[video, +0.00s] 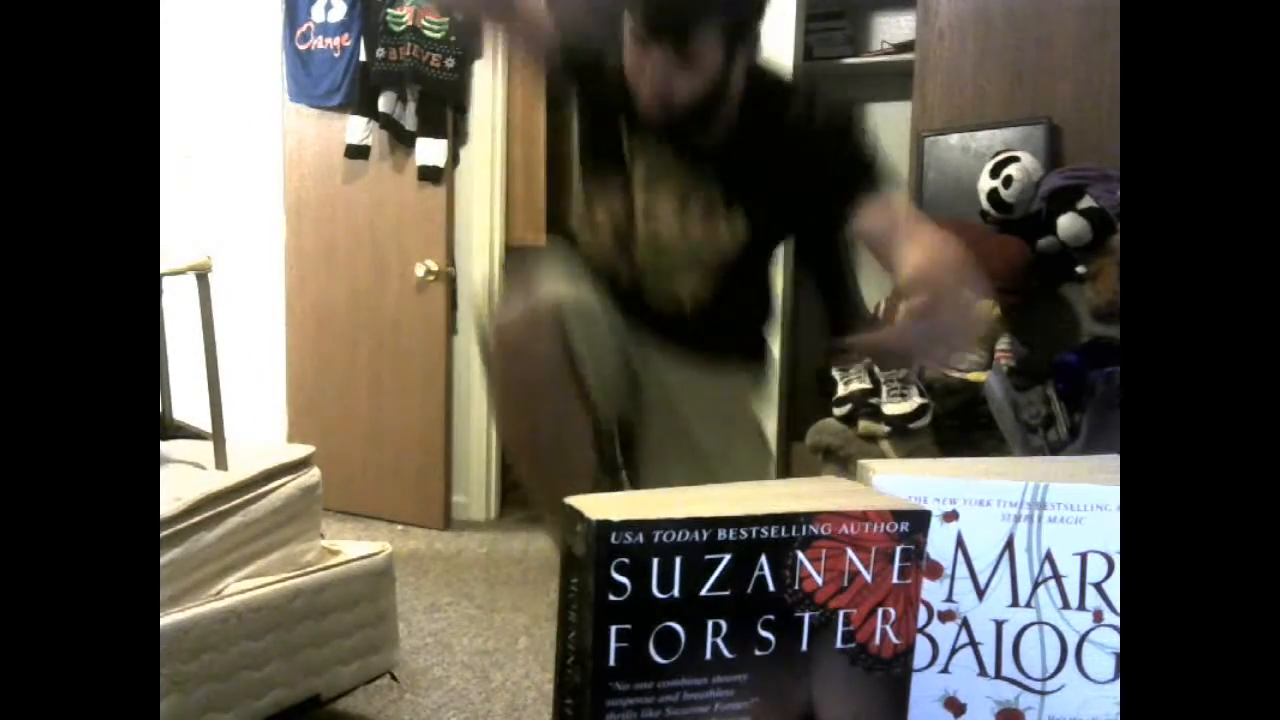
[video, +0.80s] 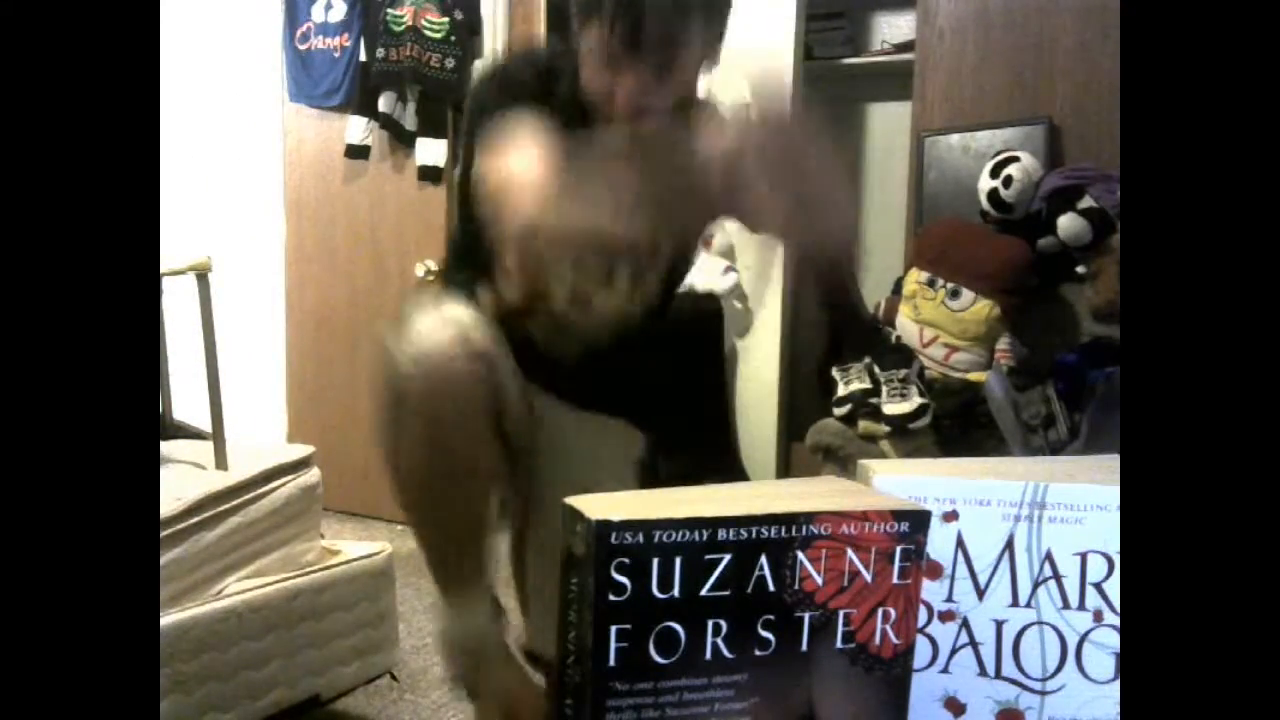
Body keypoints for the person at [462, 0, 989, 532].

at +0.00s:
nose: (651, 80)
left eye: (681, 62)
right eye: (640, 51)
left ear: (737, 52)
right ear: (624, 30)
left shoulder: (796, 127)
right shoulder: (595, 66)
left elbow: (901, 234)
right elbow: (509, 19)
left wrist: (937, 290)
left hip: (710, 371)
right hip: (601, 336)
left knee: (724, 571)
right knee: (527, 313)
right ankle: (588, 556)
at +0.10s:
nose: (656, 61)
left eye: (684, 40)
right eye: (645, 34)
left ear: (738, 24)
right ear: (627, 10)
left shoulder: (791, 89)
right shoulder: (585, 39)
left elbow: (873, 217)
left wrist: (884, 259)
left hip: (695, 331)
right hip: (586, 285)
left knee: (704, 537)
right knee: (514, 246)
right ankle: (561, 503)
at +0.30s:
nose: (666, 42)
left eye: (698, 19)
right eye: (653, 12)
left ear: (738, 22)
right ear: (626, 1)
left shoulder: (762, 125)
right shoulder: (557, 49)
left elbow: (713, 342)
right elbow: (443, 208)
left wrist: (701, 258)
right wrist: (506, 165)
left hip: (654, 342)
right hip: (536, 313)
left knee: (634, 539)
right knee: (527, 238)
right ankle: (519, 507)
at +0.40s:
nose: (640, 129)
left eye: (671, 107)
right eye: (628, 95)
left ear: (717, 96)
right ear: (605, 63)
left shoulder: (738, 188)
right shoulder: (538, 106)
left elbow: (690, 362)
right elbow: (480, 265)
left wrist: (655, 372)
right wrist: (572, 355)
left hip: (633, 357)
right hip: (524, 329)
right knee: (498, 377)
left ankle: (568, 616)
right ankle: (486, 621)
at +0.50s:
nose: (622, 135)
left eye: (657, 117)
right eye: (605, 99)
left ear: (704, 96)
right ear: (580, 63)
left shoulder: (735, 193)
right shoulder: (515, 122)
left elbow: (732, 350)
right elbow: (468, 294)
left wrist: (708, 333)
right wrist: (618, 391)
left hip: (643, 385)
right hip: (511, 350)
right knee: (485, 437)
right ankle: (485, 672)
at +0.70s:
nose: (626, 122)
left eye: (658, 101)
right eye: (607, 86)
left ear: (698, 84)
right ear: (576, 51)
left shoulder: (715, 160)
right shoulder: (515, 110)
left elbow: (738, 284)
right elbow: (501, 272)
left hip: (620, 410)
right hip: (506, 375)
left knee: (581, 658)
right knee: (452, 379)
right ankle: (481, 642)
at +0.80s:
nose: (635, 95)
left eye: (665, 74)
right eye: (617, 65)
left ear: (706, 59)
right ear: (583, 30)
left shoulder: (706, 134)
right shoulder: (519, 94)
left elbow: (814, 228)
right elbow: (529, 215)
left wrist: (793, 180)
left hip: (643, 388)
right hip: (508, 369)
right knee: (436, 347)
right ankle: (473, 628)